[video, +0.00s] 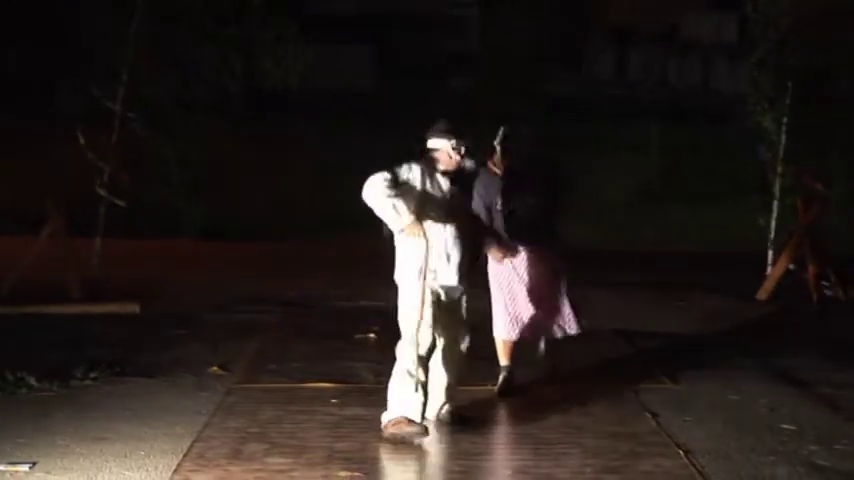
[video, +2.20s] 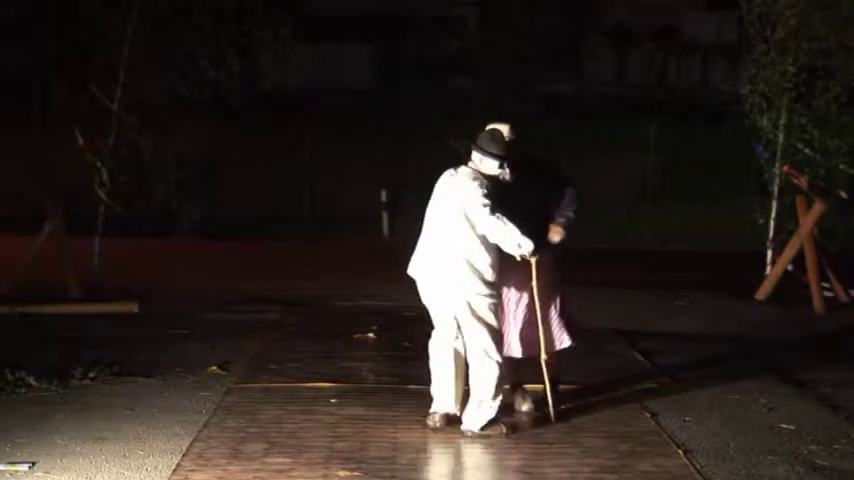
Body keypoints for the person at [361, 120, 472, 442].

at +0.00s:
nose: (460, 154)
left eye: (461, 148)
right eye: (454, 148)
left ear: (460, 151)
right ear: (435, 149)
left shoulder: (462, 183)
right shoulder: (413, 173)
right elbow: (374, 188)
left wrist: (491, 242)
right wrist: (404, 220)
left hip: (453, 282)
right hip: (417, 280)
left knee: (452, 347)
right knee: (415, 344)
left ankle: (439, 409)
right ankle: (398, 415)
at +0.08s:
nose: (459, 145)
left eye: (462, 139)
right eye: (452, 139)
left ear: (466, 143)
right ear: (437, 140)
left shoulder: (466, 174)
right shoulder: (423, 167)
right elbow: (386, 171)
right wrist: (409, 210)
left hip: (454, 274)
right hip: (421, 273)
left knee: (451, 345)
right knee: (418, 339)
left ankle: (440, 408)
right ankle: (399, 408)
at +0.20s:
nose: (463, 146)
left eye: (465, 140)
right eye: (458, 140)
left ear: (464, 143)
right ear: (443, 139)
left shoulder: (461, 175)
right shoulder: (417, 164)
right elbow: (404, 175)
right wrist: (427, 208)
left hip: (449, 264)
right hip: (421, 263)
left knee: (435, 328)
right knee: (438, 326)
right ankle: (413, 397)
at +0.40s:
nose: (470, 158)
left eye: (469, 152)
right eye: (468, 152)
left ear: (444, 152)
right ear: (460, 153)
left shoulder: (452, 183)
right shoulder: (433, 177)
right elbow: (430, 217)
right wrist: (462, 239)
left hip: (442, 272)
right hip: (423, 271)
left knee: (447, 334)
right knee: (446, 332)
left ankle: (435, 401)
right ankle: (422, 403)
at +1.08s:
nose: (478, 155)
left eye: (478, 149)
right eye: (476, 148)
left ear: (452, 145)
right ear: (467, 146)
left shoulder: (430, 168)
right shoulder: (454, 171)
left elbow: (408, 203)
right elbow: (456, 212)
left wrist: (438, 217)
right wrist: (482, 243)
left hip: (419, 257)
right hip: (438, 261)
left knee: (436, 322)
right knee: (467, 325)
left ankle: (416, 390)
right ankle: (447, 395)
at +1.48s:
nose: (490, 168)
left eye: (490, 162)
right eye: (485, 161)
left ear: (466, 156)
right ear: (467, 156)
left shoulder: (439, 175)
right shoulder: (448, 182)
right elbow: (449, 233)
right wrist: (484, 249)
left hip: (421, 264)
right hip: (440, 264)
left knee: (434, 326)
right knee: (496, 309)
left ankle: (417, 397)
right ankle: (465, 375)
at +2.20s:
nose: (501, 169)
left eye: (502, 163)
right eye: (497, 162)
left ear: (475, 156)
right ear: (483, 159)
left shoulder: (448, 179)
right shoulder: (473, 189)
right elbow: (488, 222)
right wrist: (523, 245)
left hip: (431, 275)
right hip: (468, 280)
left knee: (444, 336)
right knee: (484, 346)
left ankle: (441, 408)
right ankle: (479, 418)